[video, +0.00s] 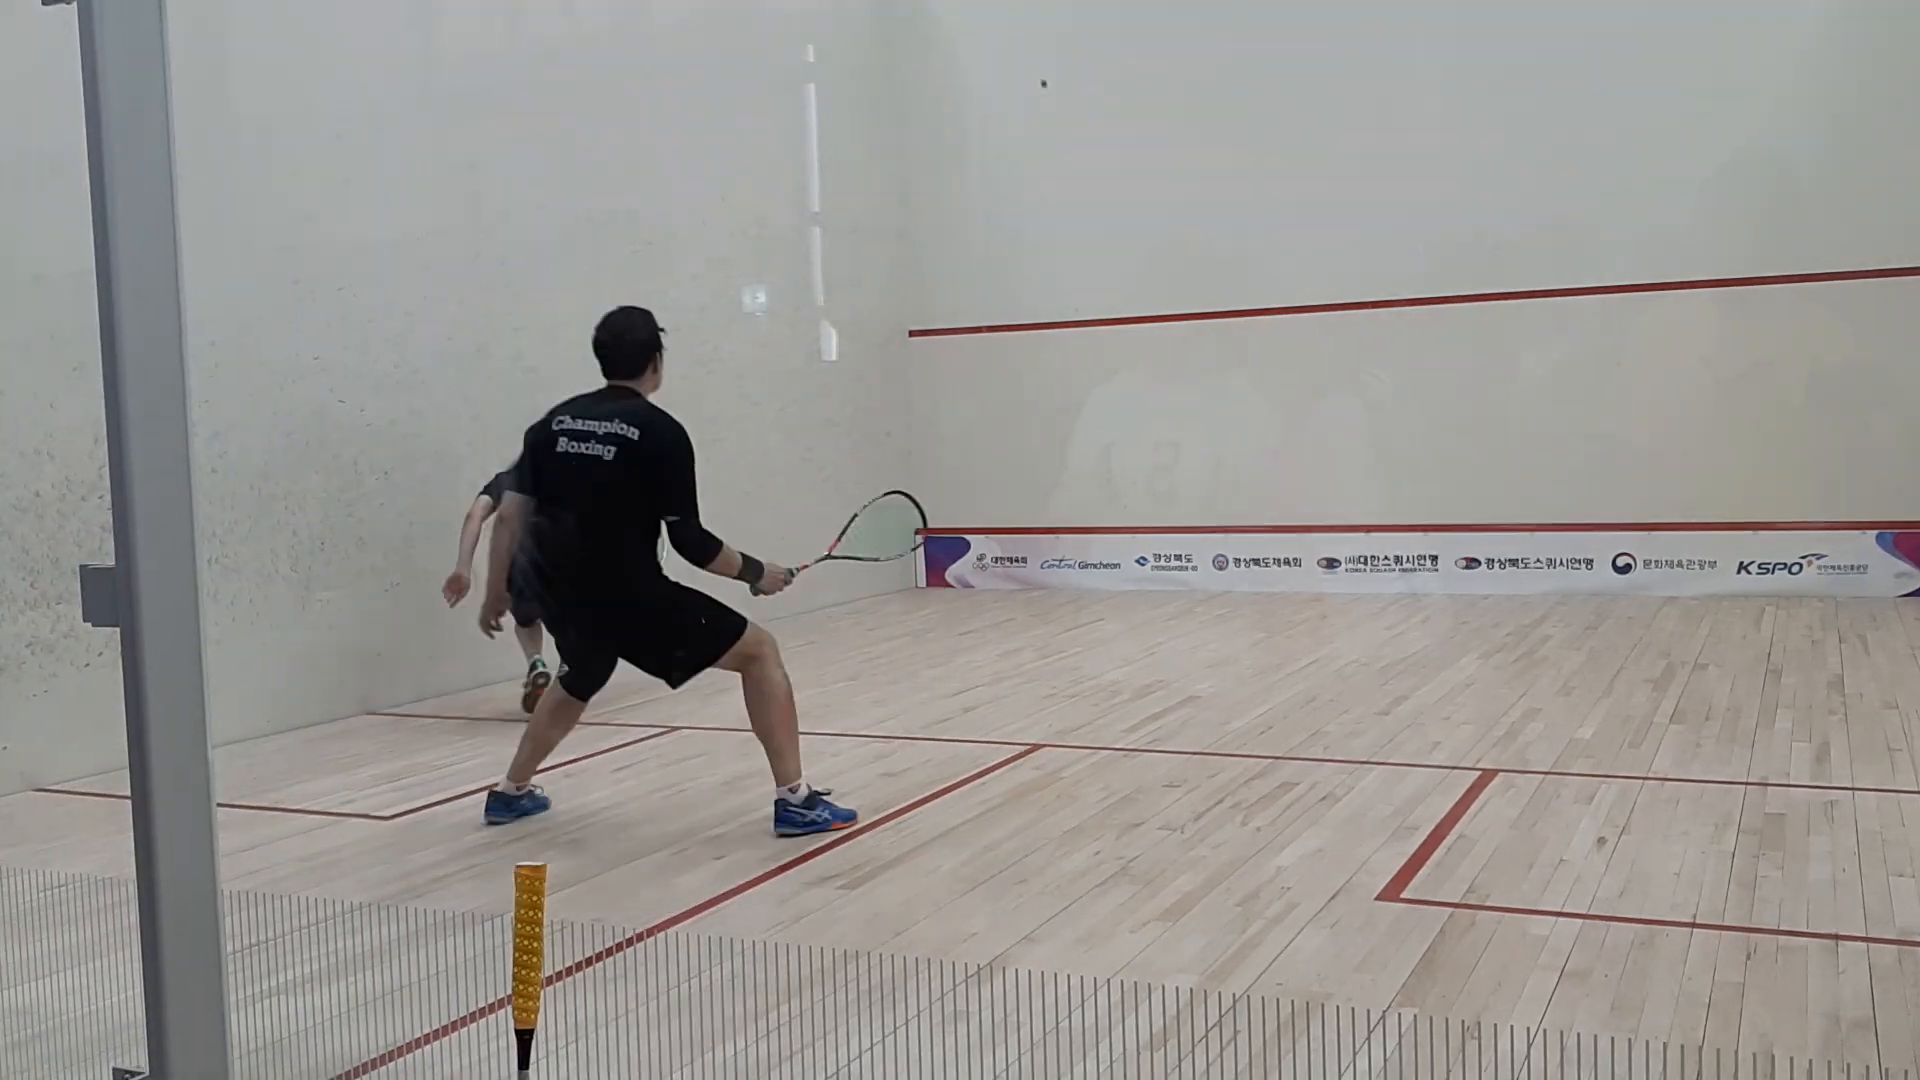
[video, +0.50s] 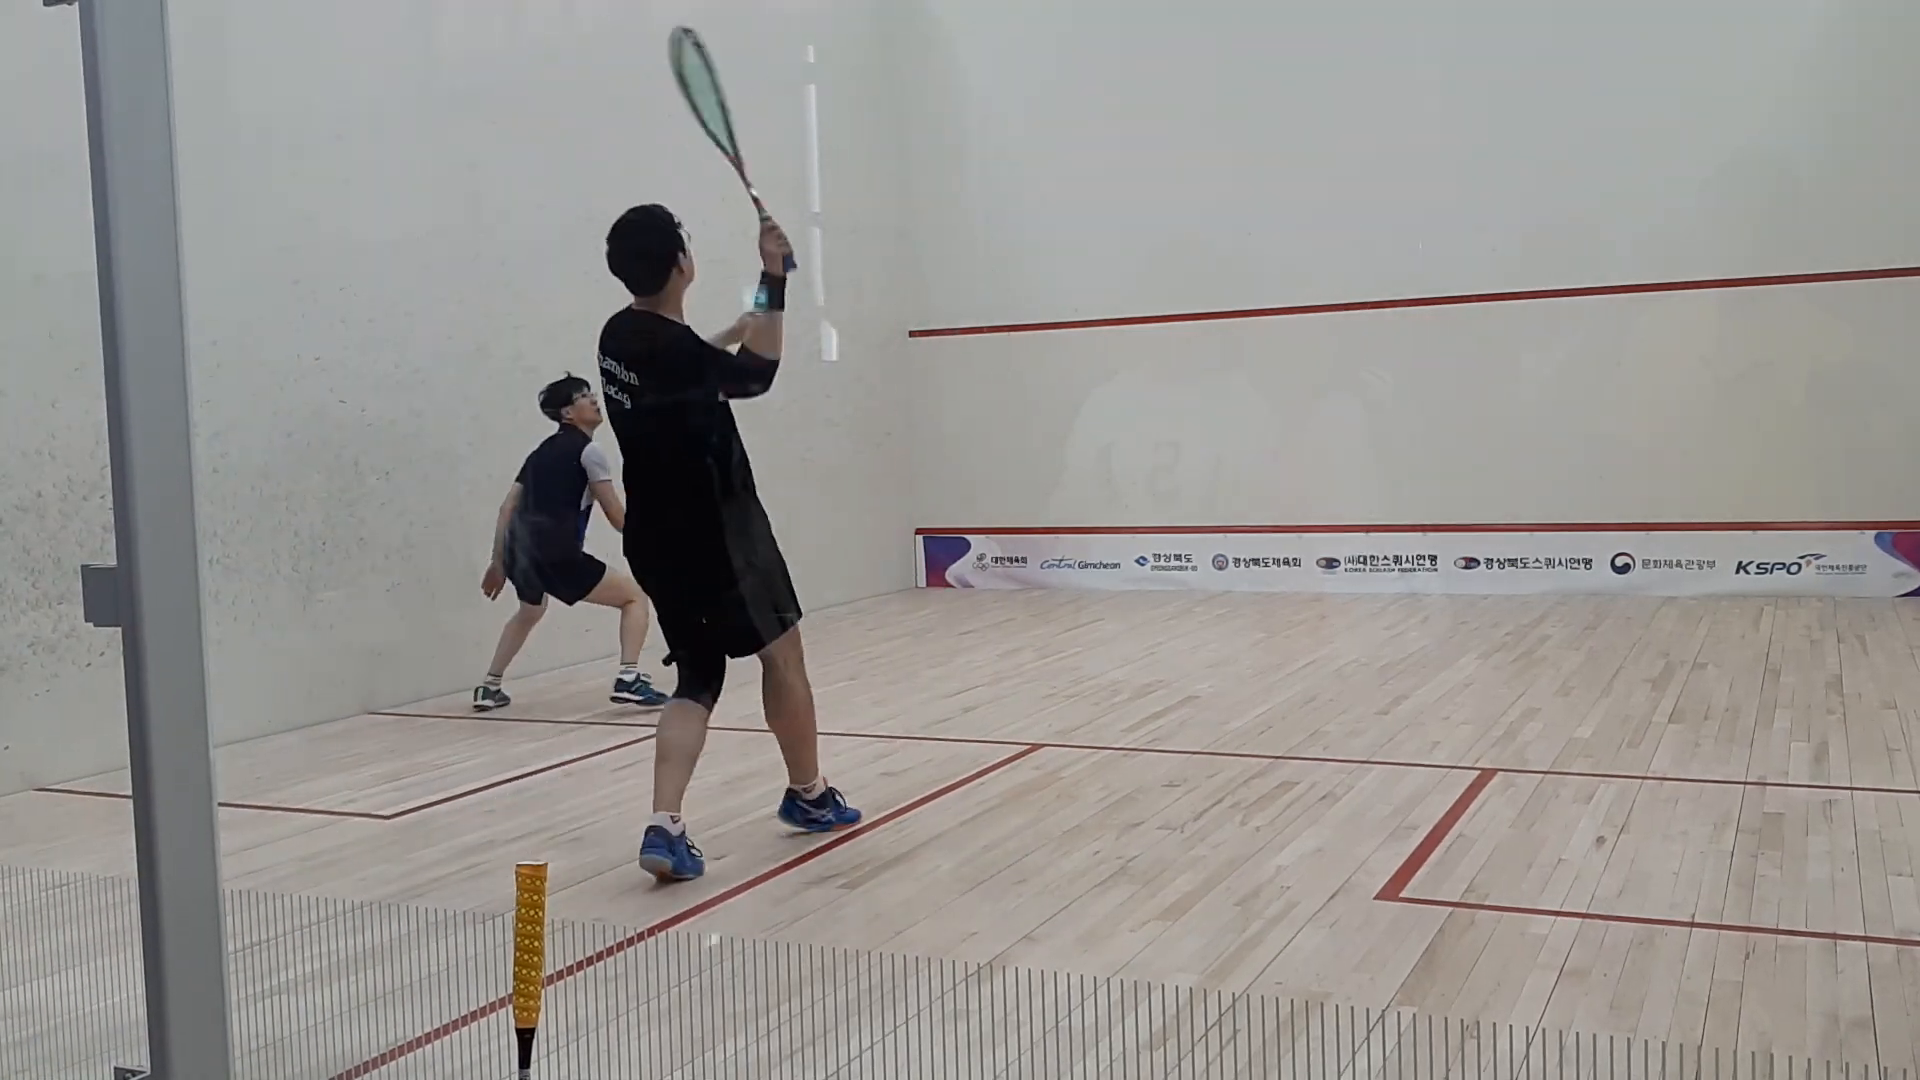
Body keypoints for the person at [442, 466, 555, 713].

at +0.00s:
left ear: (531, 448)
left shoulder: (515, 475)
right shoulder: (582, 481)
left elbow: (475, 515)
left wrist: (462, 569)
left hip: (526, 566)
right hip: (571, 569)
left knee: (526, 614)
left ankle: (536, 663)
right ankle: (567, 672)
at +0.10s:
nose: (568, 435)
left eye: (566, 429)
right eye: (566, 430)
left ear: (527, 438)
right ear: (558, 436)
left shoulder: (502, 470)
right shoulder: (572, 470)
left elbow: (469, 514)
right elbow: (589, 521)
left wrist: (456, 571)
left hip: (508, 560)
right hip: (555, 562)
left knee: (519, 607)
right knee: (574, 605)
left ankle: (497, 684)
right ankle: (563, 672)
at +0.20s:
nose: (567, 422)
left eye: (563, 417)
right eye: (561, 419)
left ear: (529, 432)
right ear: (548, 429)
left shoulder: (501, 467)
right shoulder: (573, 467)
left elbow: (468, 518)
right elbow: (600, 532)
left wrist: (459, 576)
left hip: (497, 562)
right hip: (545, 563)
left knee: (516, 607)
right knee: (592, 601)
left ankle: (488, 685)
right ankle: (561, 669)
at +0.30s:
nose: (569, 415)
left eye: (565, 409)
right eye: (561, 412)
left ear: (539, 428)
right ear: (544, 425)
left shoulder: (507, 465)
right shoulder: (572, 461)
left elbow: (473, 521)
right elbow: (597, 521)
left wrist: (470, 577)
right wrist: (620, 550)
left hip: (498, 565)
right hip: (543, 565)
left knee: (516, 604)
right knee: (607, 598)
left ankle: (488, 685)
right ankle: (572, 671)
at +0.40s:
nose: (578, 409)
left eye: (574, 403)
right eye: (569, 406)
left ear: (548, 423)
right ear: (550, 420)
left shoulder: (521, 460)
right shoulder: (574, 456)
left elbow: (489, 516)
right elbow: (598, 518)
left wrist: (483, 575)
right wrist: (620, 547)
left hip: (507, 562)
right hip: (547, 563)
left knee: (521, 607)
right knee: (620, 599)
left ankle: (489, 683)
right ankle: (599, 674)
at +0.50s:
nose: (596, 401)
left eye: (592, 395)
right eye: (587, 397)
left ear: (567, 416)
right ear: (567, 413)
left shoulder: (540, 453)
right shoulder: (588, 452)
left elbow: (508, 509)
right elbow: (620, 519)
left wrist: (497, 563)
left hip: (520, 556)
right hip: (557, 559)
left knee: (531, 609)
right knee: (634, 597)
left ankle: (489, 686)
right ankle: (629, 677)